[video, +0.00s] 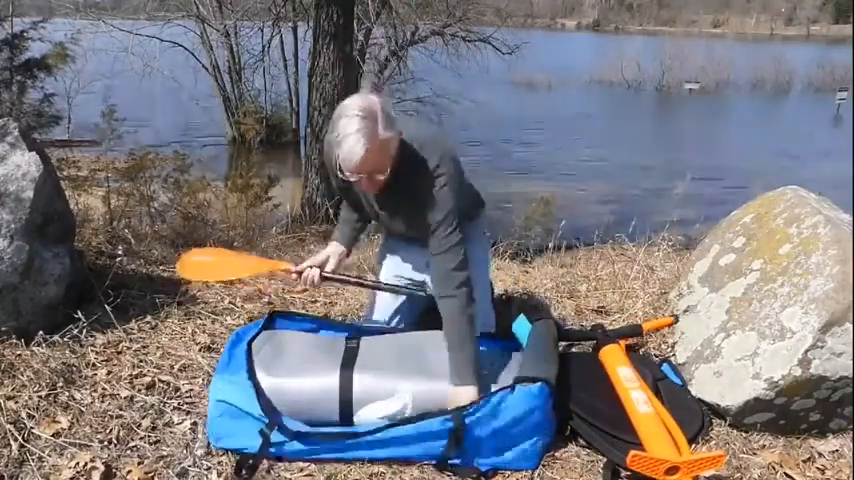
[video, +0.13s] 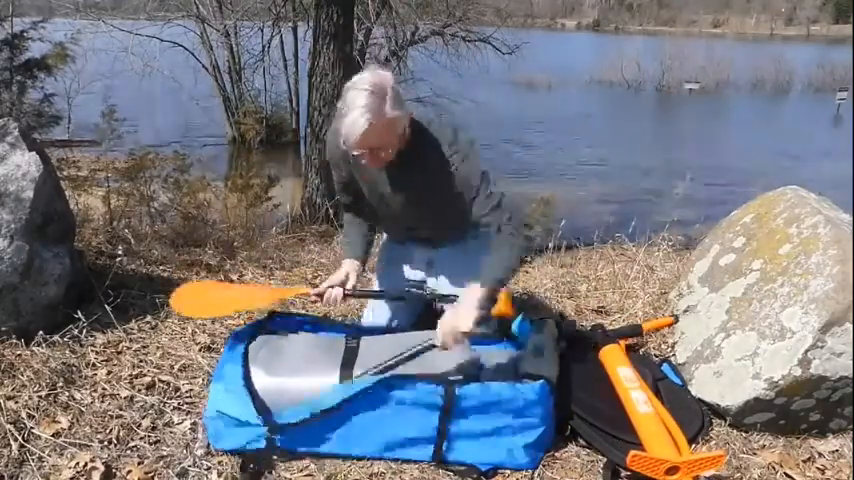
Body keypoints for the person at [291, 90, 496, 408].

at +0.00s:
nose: (368, 186)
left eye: (378, 173)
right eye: (356, 177)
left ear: (395, 145)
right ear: (341, 161)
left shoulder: (435, 164)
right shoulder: (342, 159)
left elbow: (452, 280)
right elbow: (355, 200)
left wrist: (463, 385)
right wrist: (338, 245)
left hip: (459, 238)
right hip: (403, 241)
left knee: (477, 337)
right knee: (379, 334)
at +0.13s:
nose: (369, 161)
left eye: (379, 150)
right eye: (359, 151)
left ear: (404, 127)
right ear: (347, 135)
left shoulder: (446, 144)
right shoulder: (340, 144)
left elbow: (508, 225)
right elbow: (355, 208)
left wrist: (474, 299)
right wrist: (350, 265)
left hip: (464, 250)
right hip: (400, 251)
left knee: (470, 355)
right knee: (374, 342)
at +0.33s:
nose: (383, 102)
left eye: (394, 91)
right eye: (374, 91)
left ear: (429, 70)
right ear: (366, 77)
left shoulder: (478, 105)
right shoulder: (361, 110)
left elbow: (530, 181)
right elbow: (363, 204)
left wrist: (531, 253)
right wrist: (362, 291)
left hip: (465, 236)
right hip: (399, 238)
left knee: (473, 337)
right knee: (382, 340)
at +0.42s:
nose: (392, 91)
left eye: (404, 81)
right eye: (385, 78)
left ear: (439, 60)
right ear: (376, 63)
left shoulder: (482, 97)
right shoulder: (365, 97)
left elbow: (526, 184)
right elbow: (351, 182)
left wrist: (515, 257)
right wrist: (361, 248)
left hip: (470, 243)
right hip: (399, 246)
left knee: (476, 350)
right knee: (374, 349)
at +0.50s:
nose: (410, 90)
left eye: (424, 77)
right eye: (400, 76)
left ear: (446, 61)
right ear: (384, 61)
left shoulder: (484, 94)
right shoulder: (365, 96)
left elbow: (509, 177)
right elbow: (336, 188)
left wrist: (507, 239)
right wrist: (353, 253)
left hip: (468, 238)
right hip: (400, 241)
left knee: (476, 345)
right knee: (376, 346)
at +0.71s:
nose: (413, 87)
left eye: (425, 76)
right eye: (404, 75)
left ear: (447, 53)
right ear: (393, 61)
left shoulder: (490, 93)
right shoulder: (370, 97)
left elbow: (519, 164)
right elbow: (360, 186)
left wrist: (536, 232)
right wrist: (353, 247)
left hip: (469, 235)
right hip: (401, 237)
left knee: (478, 339)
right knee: (377, 338)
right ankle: (420, 303)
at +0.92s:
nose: (450, 77)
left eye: (459, 65)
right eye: (438, 65)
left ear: (469, 54)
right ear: (408, 47)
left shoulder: (492, 97)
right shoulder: (373, 93)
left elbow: (513, 175)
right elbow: (332, 182)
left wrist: (519, 224)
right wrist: (366, 233)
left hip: (470, 243)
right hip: (399, 243)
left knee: (478, 355)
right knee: (375, 356)